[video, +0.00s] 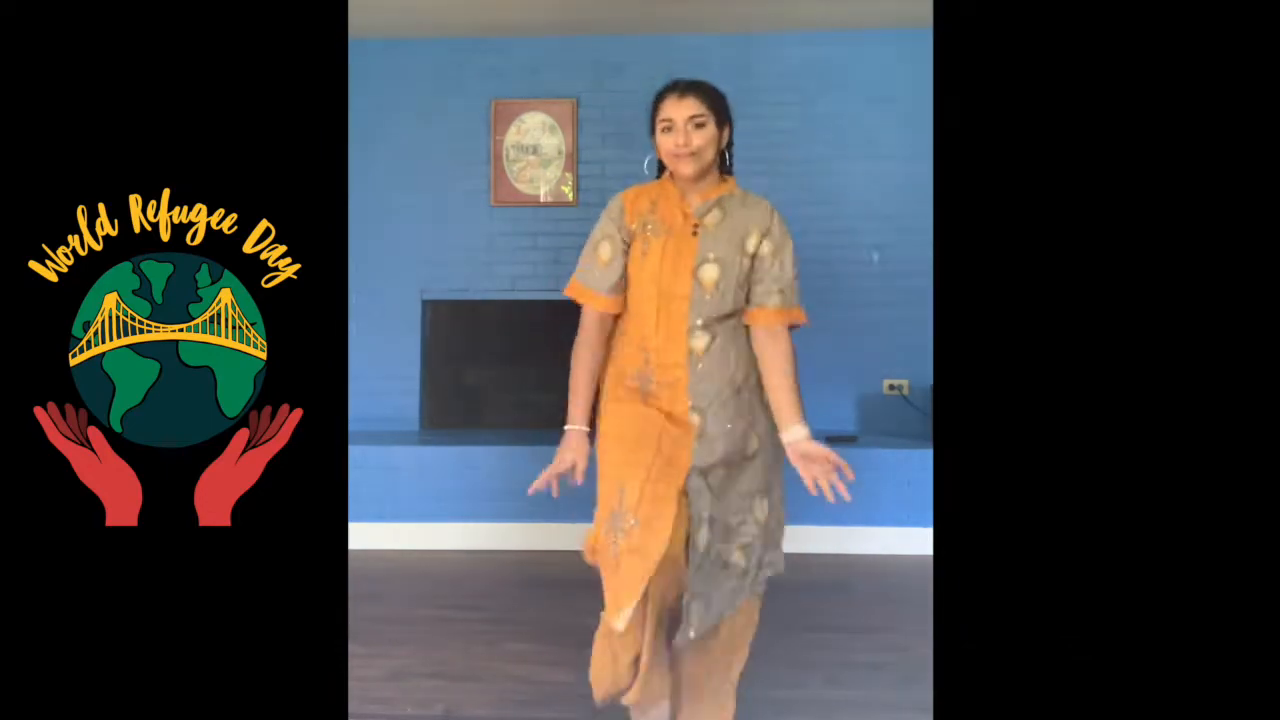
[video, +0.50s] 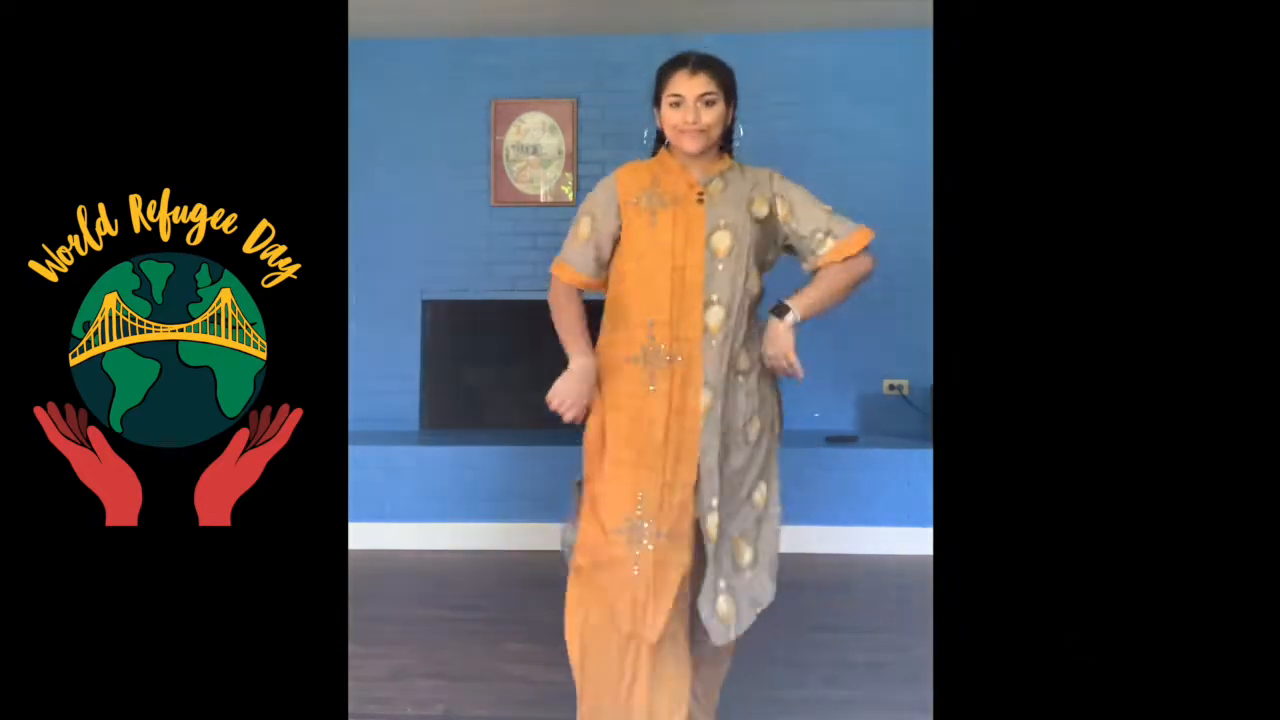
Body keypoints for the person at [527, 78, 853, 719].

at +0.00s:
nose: (682, 137)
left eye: (696, 124)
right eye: (668, 127)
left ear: (722, 134)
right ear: (655, 141)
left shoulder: (758, 221)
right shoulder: (627, 211)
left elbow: (771, 334)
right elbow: (594, 327)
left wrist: (795, 433)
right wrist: (575, 429)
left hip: (730, 429)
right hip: (638, 426)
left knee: (725, 584)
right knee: (644, 570)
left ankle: (705, 710)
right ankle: (643, 702)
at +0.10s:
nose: (684, 123)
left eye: (699, 110)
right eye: (671, 112)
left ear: (725, 118)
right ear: (656, 124)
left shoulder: (763, 204)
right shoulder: (628, 197)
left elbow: (783, 323)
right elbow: (586, 307)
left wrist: (801, 428)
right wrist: (573, 412)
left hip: (731, 431)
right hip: (636, 429)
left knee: (724, 610)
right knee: (637, 606)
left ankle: (708, 713)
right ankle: (635, 713)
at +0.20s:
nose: (687, 109)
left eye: (702, 96)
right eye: (673, 98)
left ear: (726, 102)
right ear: (657, 107)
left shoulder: (767, 175)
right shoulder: (630, 178)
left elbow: (792, 291)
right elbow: (586, 290)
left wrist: (793, 395)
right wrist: (572, 392)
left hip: (724, 405)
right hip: (631, 405)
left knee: (721, 576)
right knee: (635, 579)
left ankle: (715, 709)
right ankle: (644, 713)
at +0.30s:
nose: (688, 111)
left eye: (702, 98)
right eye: (673, 100)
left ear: (726, 104)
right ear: (657, 110)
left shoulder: (768, 166)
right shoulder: (630, 181)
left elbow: (811, 266)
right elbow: (586, 286)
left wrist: (782, 368)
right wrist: (572, 382)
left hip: (723, 395)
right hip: (632, 395)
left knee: (720, 554)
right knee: (635, 558)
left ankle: (718, 702)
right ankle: (642, 707)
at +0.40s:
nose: (690, 109)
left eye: (704, 96)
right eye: (675, 97)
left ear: (727, 105)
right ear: (656, 108)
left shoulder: (767, 177)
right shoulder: (626, 187)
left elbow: (849, 250)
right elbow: (581, 291)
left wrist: (784, 329)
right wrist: (569, 390)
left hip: (721, 393)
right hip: (631, 390)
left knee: (717, 540)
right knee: (632, 549)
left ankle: (706, 686)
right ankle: (646, 700)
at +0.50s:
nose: (691, 114)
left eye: (706, 102)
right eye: (677, 103)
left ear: (728, 112)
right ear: (658, 114)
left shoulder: (762, 190)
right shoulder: (622, 190)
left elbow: (855, 256)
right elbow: (565, 285)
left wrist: (788, 315)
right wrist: (582, 363)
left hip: (728, 418)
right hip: (635, 416)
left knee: (719, 593)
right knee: (632, 587)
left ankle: (695, 710)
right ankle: (629, 709)